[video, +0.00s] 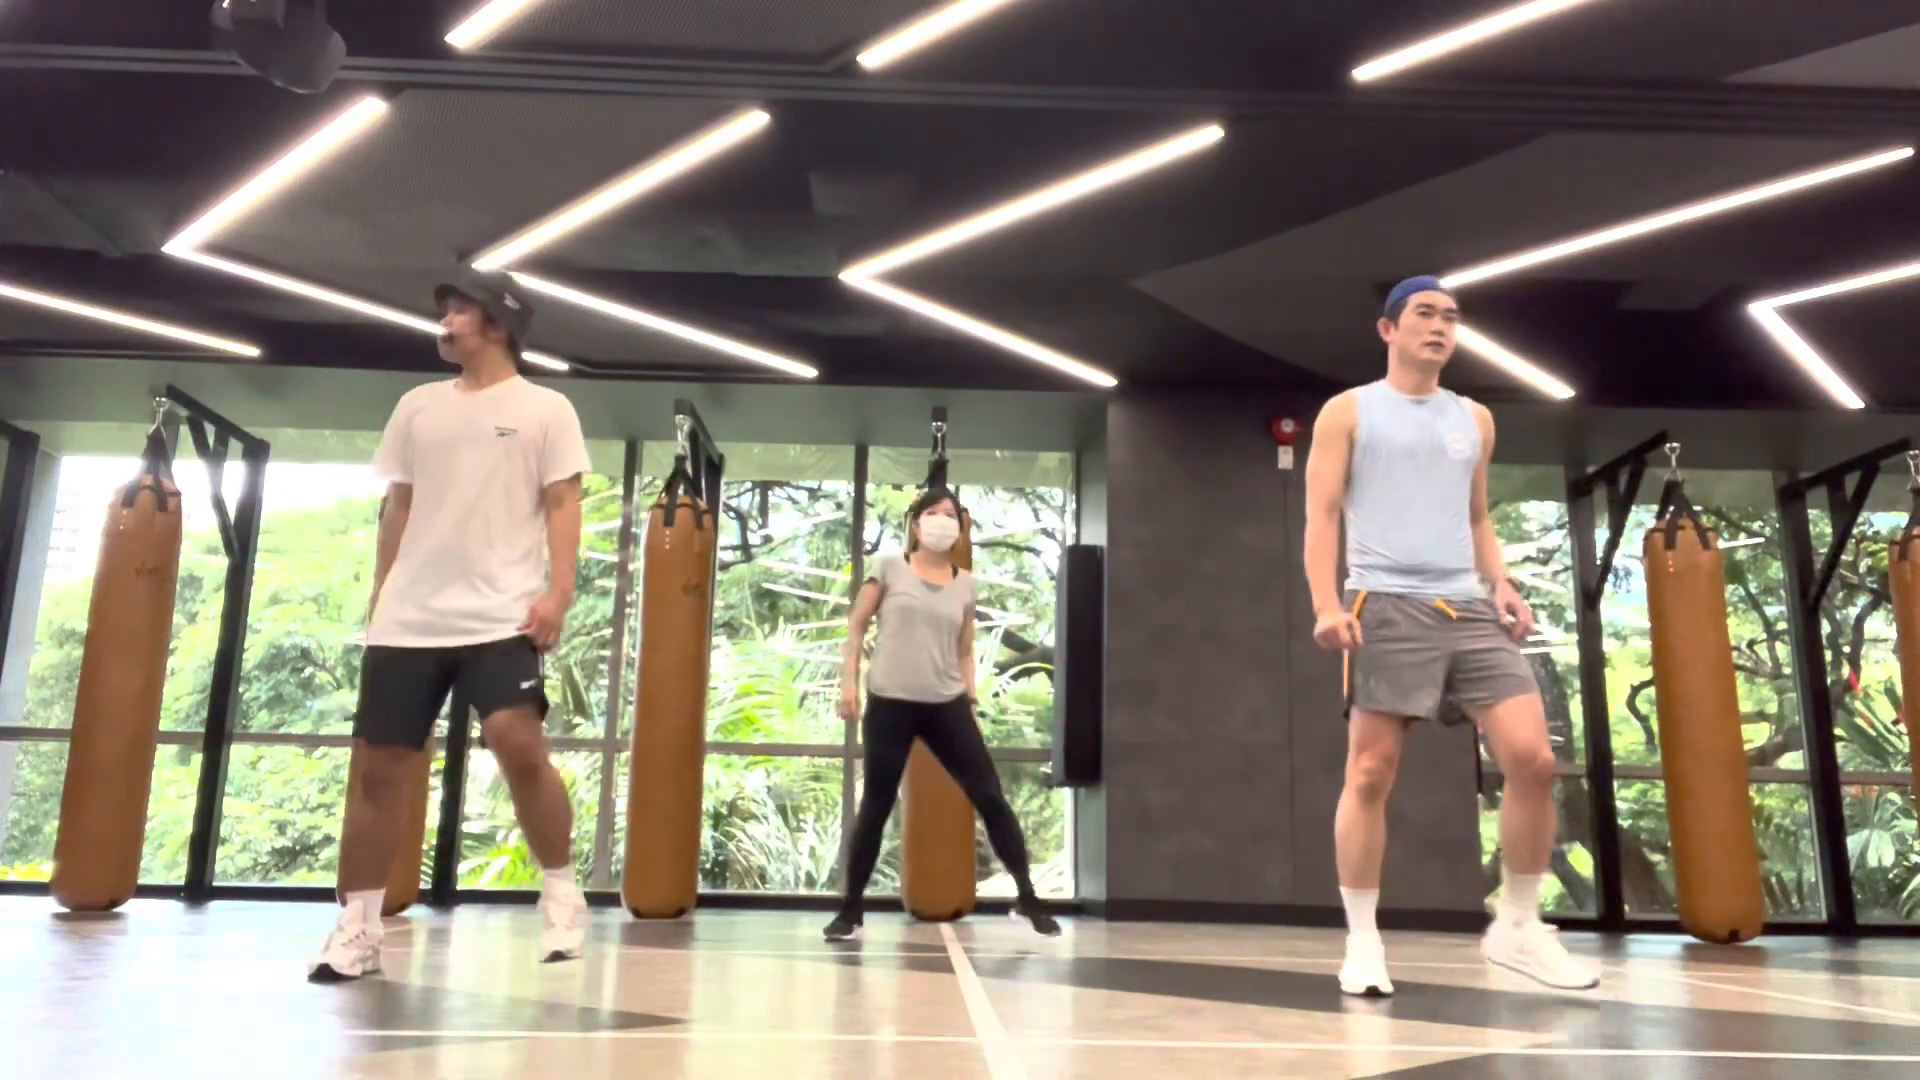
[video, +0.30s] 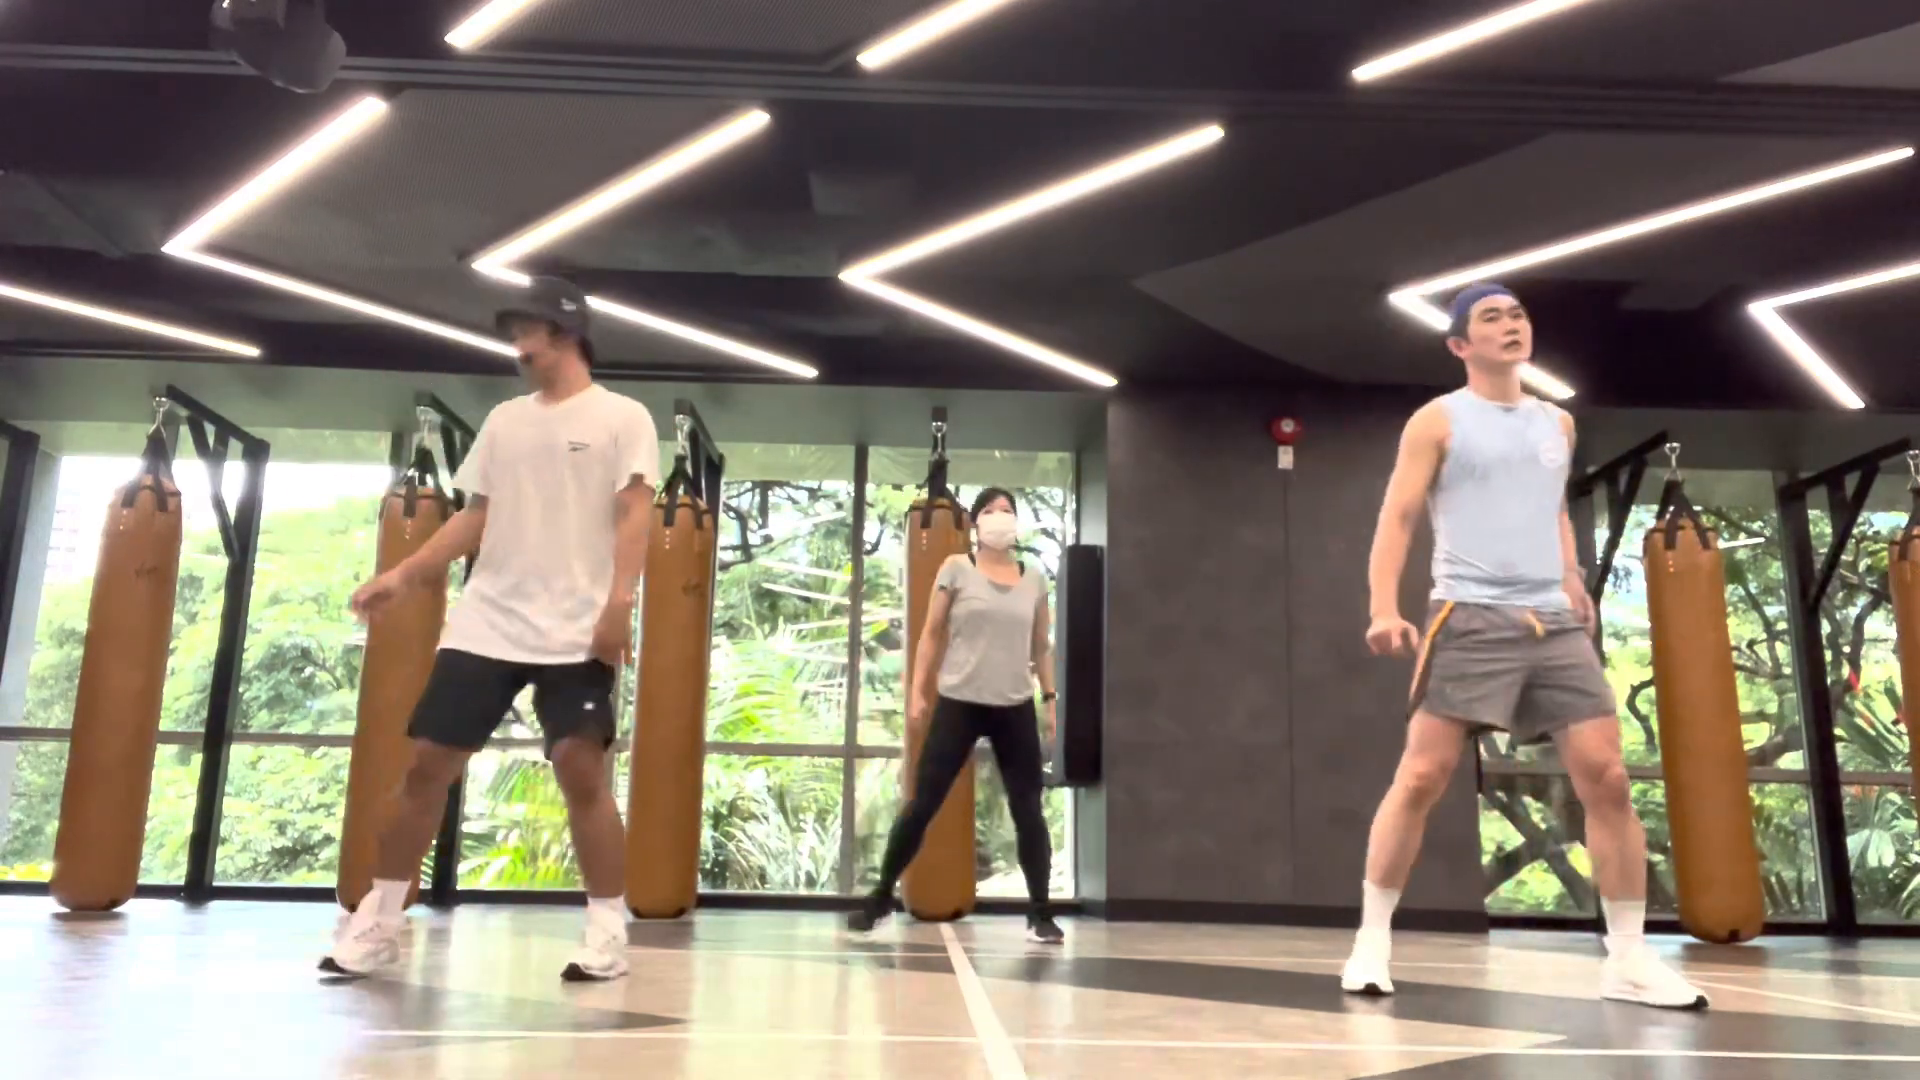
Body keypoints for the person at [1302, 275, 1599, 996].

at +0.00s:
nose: (1441, 326)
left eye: (1450, 318)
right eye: (1426, 313)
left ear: (1456, 336)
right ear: (1388, 328)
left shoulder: (1475, 421)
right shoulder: (1347, 412)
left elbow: (1480, 520)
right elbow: (1322, 514)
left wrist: (1501, 585)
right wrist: (1327, 605)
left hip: (1474, 611)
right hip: (1389, 611)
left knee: (1535, 762)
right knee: (1370, 774)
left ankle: (1517, 928)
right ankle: (1363, 946)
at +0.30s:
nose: (1511, 325)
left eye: (1518, 316)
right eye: (1492, 318)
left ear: (1531, 337)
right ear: (1460, 345)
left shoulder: (1556, 422)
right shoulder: (1436, 421)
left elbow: (1554, 508)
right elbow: (1396, 518)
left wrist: (1572, 576)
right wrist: (1384, 608)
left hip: (1555, 623)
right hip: (1470, 623)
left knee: (1608, 777)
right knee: (1420, 780)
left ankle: (1628, 958)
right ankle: (1371, 942)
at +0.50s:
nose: (1547, 316)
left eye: (1554, 307)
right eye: (1527, 310)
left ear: (1569, 327)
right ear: (1499, 338)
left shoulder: (1602, 416)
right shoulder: (1469, 412)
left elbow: (1621, 492)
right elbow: (1425, 511)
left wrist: (1640, 524)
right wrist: (1428, 603)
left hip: (1597, 614)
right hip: (1512, 614)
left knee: (1627, 775)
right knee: (1521, 775)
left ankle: (1630, 956)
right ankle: (1491, 919)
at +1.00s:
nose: (1503, 314)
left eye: (1515, 306)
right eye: (1485, 309)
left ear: (1533, 333)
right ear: (1459, 340)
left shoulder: (1571, 396)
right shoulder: (1430, 430)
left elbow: (1617, 490)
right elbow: (1417, 532)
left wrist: (1616, 399)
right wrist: (1400, 617)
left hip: (1561, 625)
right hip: (1462, 623)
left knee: (1623, 775)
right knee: (1409, 756)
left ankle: (1631, 958)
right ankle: (1352, 928)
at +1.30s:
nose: (1417, 310)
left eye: (1427, 303)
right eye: (1400, 301)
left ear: (1440, 330)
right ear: (1367, 328)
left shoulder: (1470, 412)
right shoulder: (1325, 415)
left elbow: (1491, 514)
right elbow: (1300, 518)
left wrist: (1539, 544)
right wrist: (1289, 602)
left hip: (1450, 618)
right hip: (1355, 617)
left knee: (1524, 773)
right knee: (1324, 771)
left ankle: (1554, 935)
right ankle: (1306, 946)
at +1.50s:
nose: (1403, 309)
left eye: (1412, 300)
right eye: (1386, 297)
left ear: (1421, 322)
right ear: (1351, 317)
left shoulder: (1447, 411)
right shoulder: (1307, 405)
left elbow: (1448, 523)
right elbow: (1258, 502)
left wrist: (1445, 610)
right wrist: (1250, 580)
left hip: (1422, 607)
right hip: (1336, 603)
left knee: (1416, 780)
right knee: (1317, 768)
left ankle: (1356, 919)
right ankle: (1304, 940)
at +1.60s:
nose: (1407, 317)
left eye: (1415, 308)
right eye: (1391, 305)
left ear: (1423, 328)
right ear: (1354, 323)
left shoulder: (1446, 420)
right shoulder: (1311, 411)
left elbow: (1443, 527)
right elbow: (1256, 507)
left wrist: (1414, 590)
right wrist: (1258, 578)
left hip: (1416, 615)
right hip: (1333, 607)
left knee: (1405, 787)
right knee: (1315, 773)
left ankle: (1334, 921)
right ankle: (1301, 942)